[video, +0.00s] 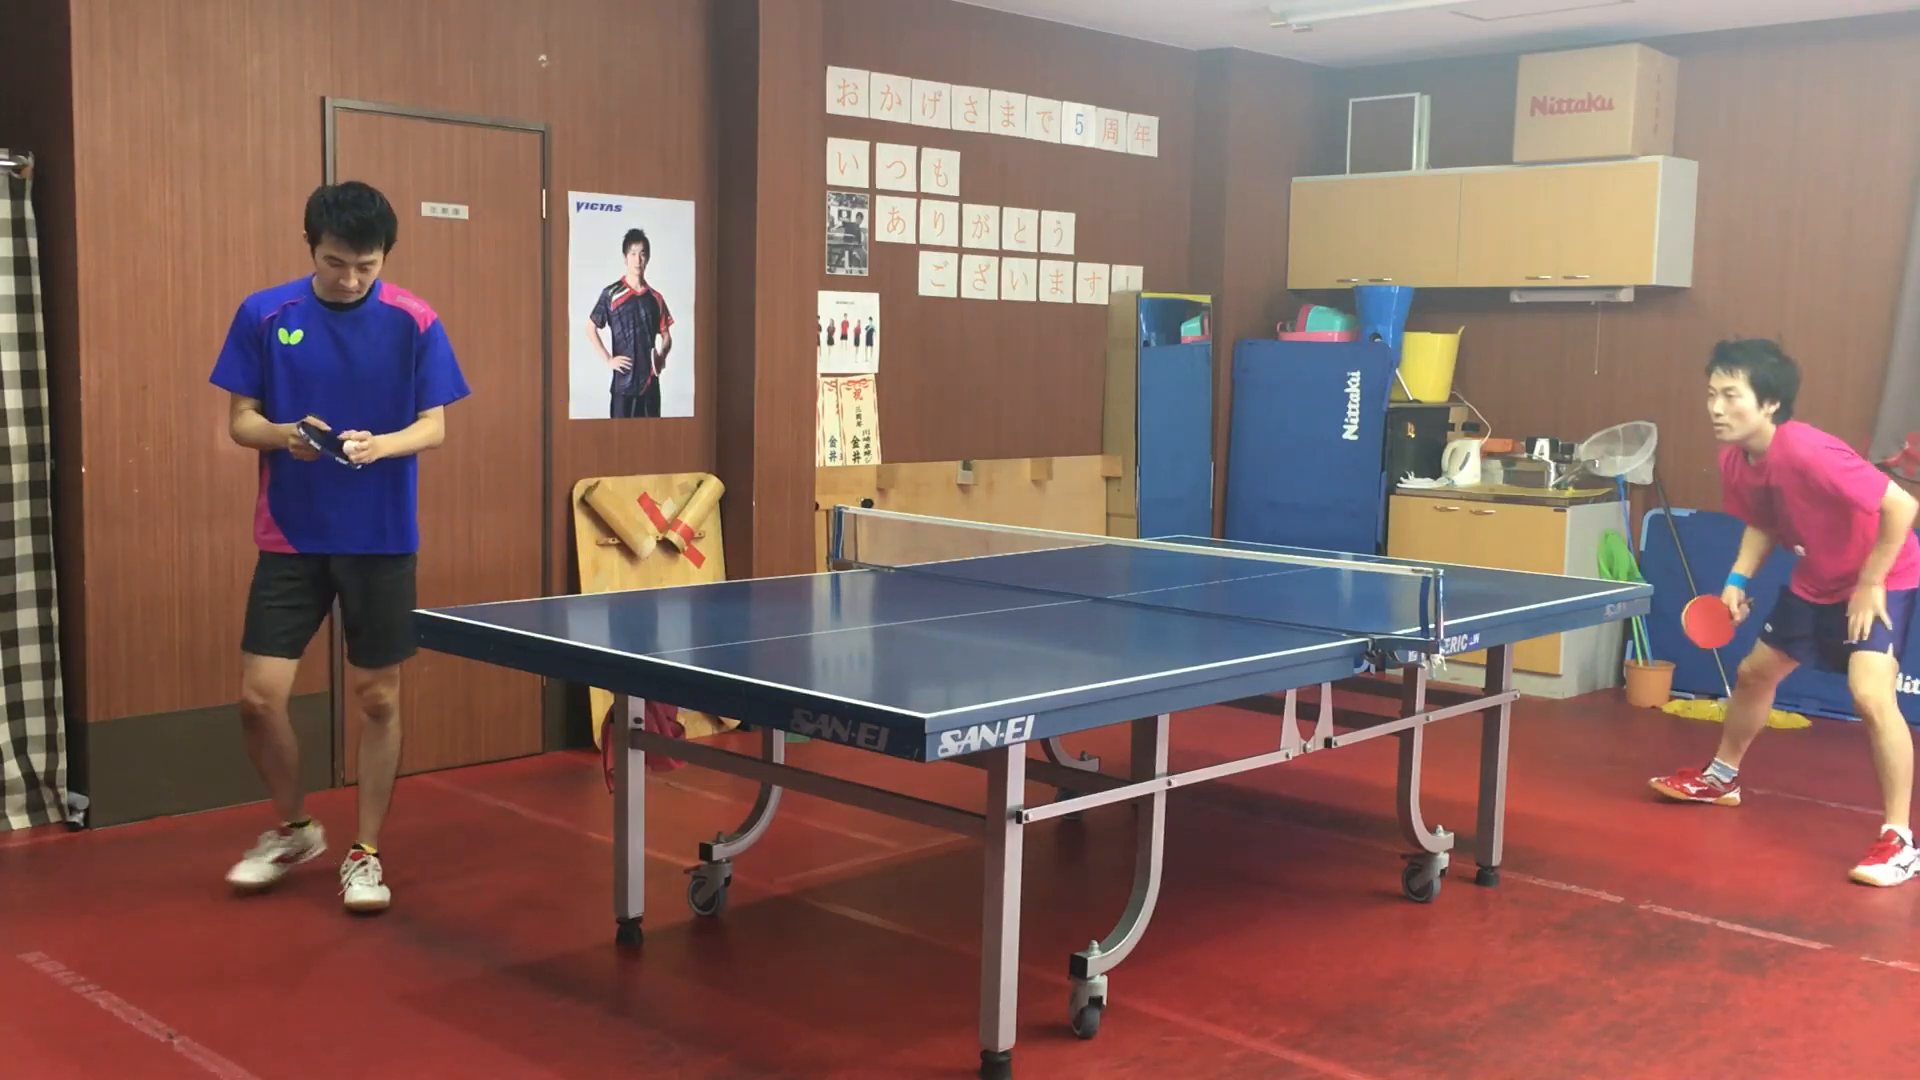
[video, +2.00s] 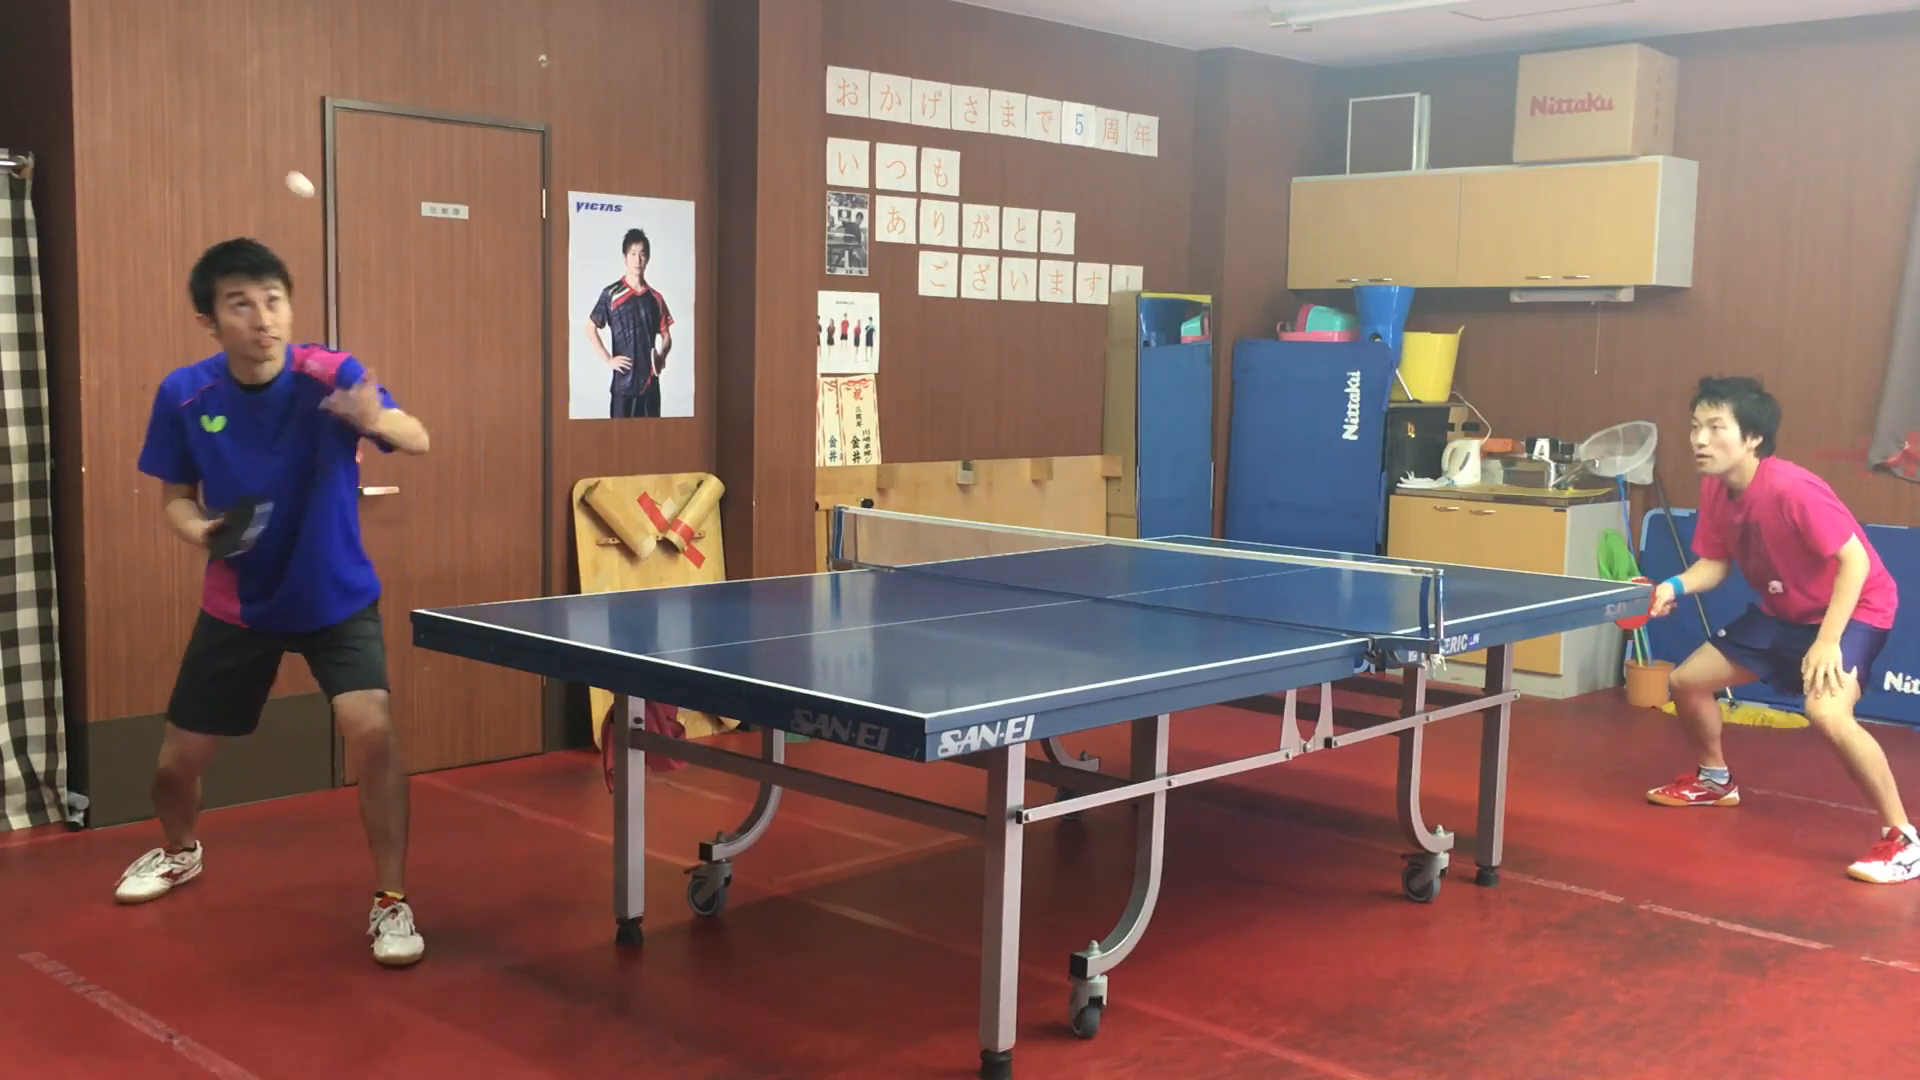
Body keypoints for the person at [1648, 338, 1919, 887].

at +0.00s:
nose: (1715, 407)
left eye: (1730, 395)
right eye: (1712, 395)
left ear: (1770, 405)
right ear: (1709, 398)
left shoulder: (1808, 452)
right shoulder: (1735, 461)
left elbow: (1902, 506)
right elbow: (1761, 522)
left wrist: (1871, 582)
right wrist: (1737, 580)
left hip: (1881, 580)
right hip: (1814, 578)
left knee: (1871, 697)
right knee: (1754, 673)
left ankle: (1899, 837)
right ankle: (1721, 776)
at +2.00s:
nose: (1698, 438)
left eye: (1714, 427)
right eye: (1695, 426)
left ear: (1753, 441)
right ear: (1692, 431)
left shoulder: (1793, 489)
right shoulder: (1716, 489)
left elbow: (1855, 561)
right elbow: (1715, 562)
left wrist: (1827, 639)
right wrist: (1674, 587)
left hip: (1853, 613)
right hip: (1783, 612)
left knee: (1826, 710)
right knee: (1687, 681)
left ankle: (1901, 836)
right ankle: (1713, 778)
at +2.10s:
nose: (1700, 425)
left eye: (1716, 414)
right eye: (1698, 413)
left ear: (1754, 428)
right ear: (1695, 419)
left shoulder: (1794, 480)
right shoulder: (1716, 479)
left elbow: (1852, 552)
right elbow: (1716, 551)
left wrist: (1824, 630)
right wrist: (1673, 576)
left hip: (1845, 607)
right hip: (1777, 605)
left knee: (1825, 710)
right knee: (1682, 682)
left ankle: (1901, 835)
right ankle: (1713, 778)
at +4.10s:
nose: (1661, 367)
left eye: (1676, 355)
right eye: (1654, 355)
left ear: (1711, 364)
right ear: (1647, 361)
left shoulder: (1737, 407)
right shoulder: (1649, 424)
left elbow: (1667, 455)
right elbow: (1613, 501)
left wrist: (1601, 408)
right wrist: (1614, 519)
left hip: (1751, 567)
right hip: (1680, 562)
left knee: (1757, 668)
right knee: (1617, 655)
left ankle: (1768, 792)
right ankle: (1625, 747)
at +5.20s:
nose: (1435, 362)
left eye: (1446, 353)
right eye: (1431, 353)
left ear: (1473, 360)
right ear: (1428, 357)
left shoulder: (1481, 397)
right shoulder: (1460, 401)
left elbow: (1545, 432)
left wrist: (1611, 460)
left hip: (1500, 550)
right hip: (1460, 541)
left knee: (1513, 647)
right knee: (1399, 599)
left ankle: (1627, 676)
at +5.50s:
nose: (1382, 319)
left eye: (1395, 313)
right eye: (1381, 310)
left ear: (1421, 324)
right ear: (1377, 312)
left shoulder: (1430, 363)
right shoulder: (1393, 365)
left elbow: (1482, 408)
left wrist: (1534, 452)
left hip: (1410, 509)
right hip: (1379, 504)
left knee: (1367, 593)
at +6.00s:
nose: (1315, 315)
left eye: (1328, 309)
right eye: (1309, 303)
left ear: (1341, 321)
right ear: (1296, 308)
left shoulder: (1346, 369)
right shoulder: (1293, 362)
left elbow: (1356, 442)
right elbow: (1292, 429)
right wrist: (1267, 470)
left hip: (1311, 517)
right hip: (1262, 505)